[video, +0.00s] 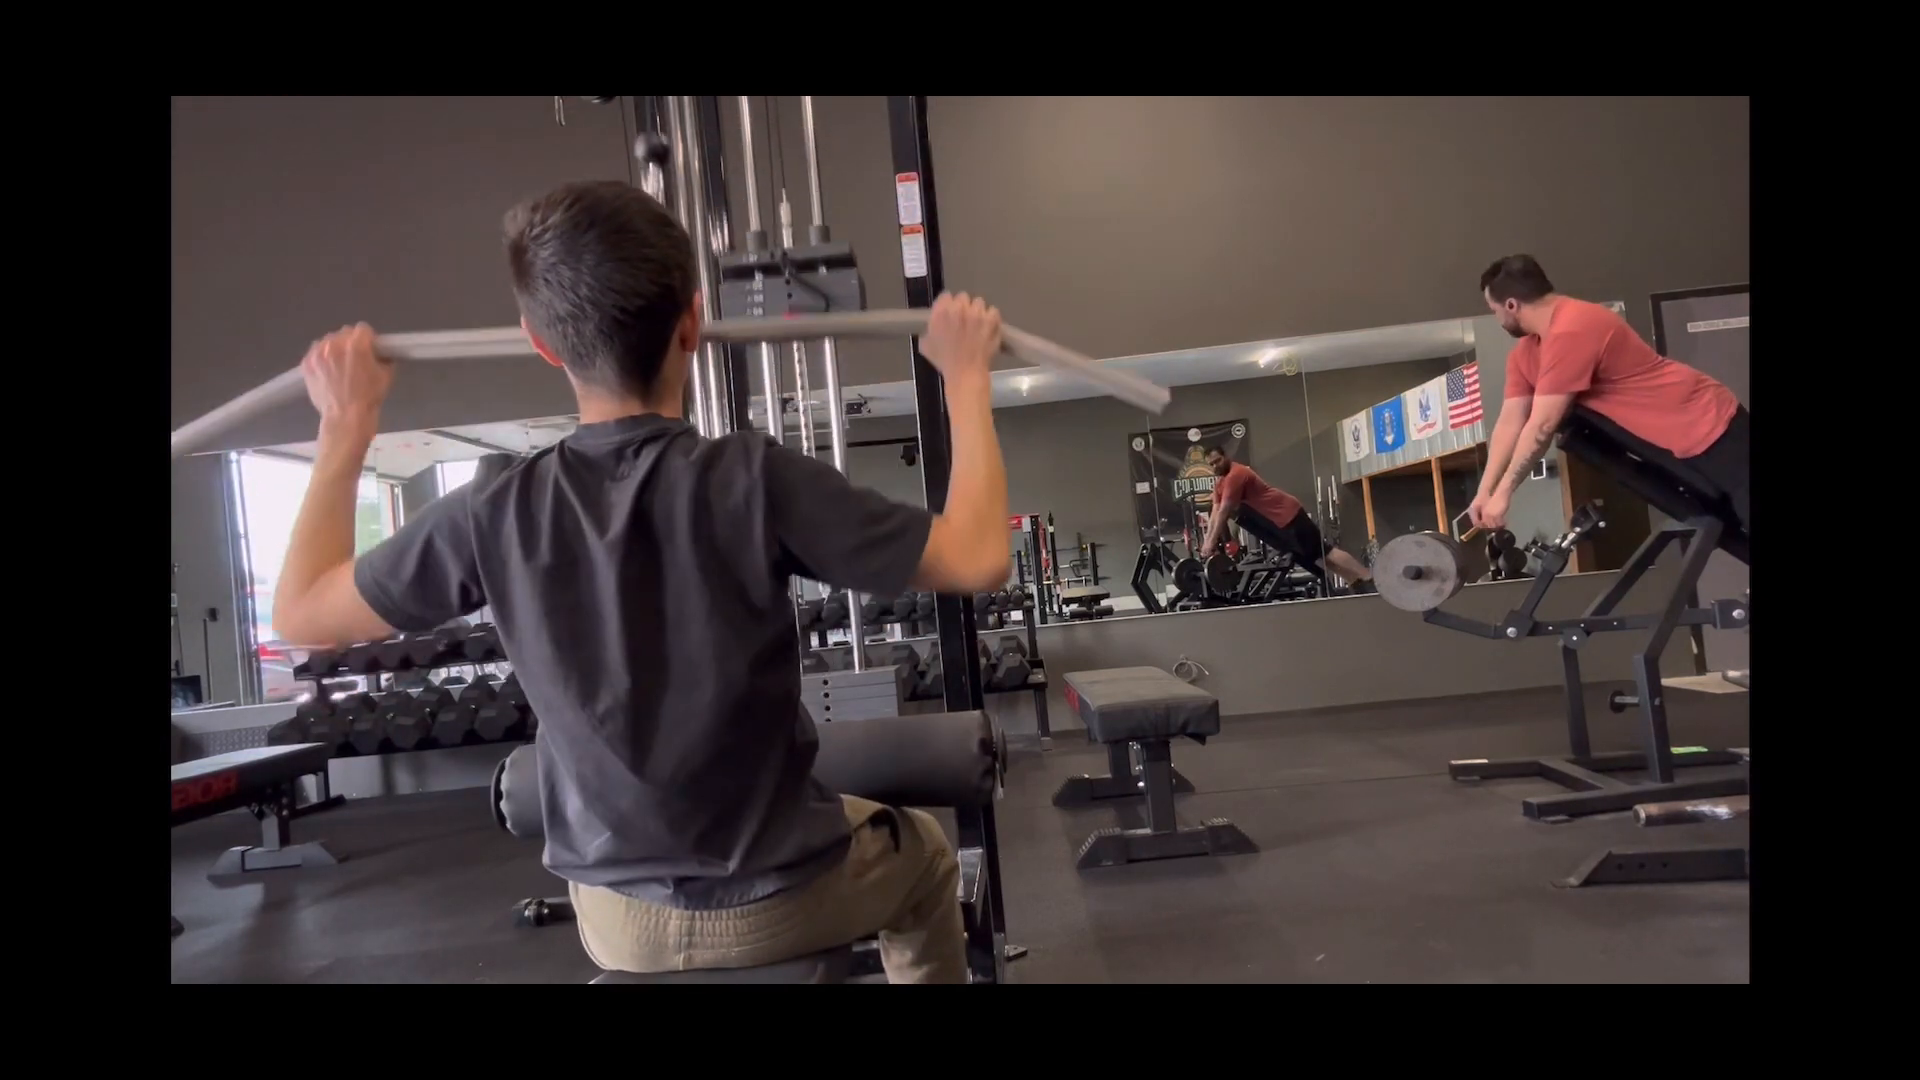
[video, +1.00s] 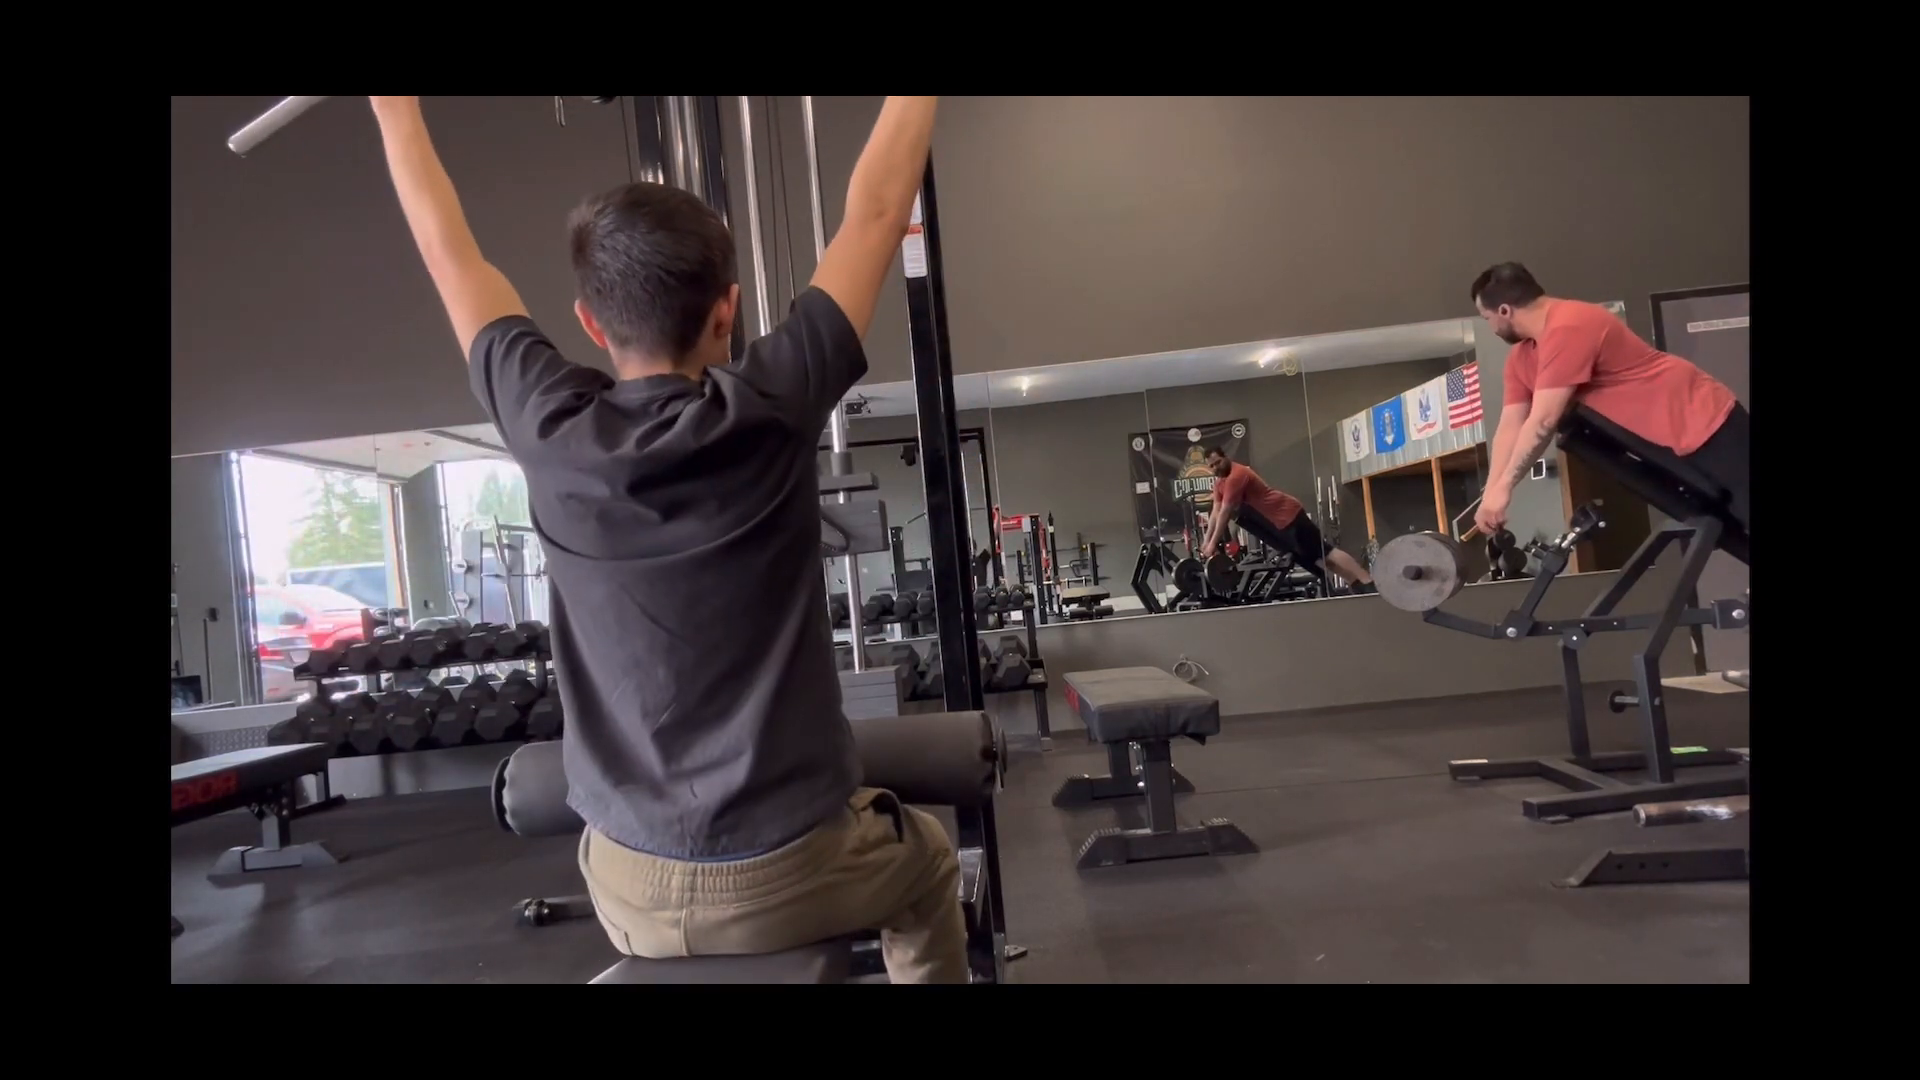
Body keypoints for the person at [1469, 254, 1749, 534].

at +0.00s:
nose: (1495, 318)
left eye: (1492, 309)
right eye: (1491, 310)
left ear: (1512, 304)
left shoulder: (1572, 325)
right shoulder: (1524, 352)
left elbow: (1542, 427)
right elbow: (1509, 421)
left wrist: (1504, 490)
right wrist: (1484, 490)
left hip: (1711, 423)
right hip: (1672, 446)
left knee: (1746, 523)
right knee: (1730, 532)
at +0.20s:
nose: (1492, 323)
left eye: (1489, 315)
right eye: (1488, 316)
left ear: (1505, 310)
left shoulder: (1570, 324)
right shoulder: (1520, 356)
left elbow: (1544, 422)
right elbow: (1507, 423)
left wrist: (1506, 491)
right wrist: (1485, 492)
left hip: (1706, 419)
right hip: (1666, 444)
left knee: (1745, 517)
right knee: (1727, 531)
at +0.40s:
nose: (1495, 325)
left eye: (1492, 317)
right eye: (1490, 319)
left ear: (1509, 310)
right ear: (1514, 308)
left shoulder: (1572, 322)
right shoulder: (1523, 355)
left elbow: (1545, 419)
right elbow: (1512, 420)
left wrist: (1506, 486)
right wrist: (1492, 488)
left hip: (1712, 424)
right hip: (1674, 449)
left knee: (1746, 524)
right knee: (1733, 535)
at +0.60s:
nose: (1496, 320)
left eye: (1494, 312)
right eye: (1493, 313)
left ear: (1510, 306)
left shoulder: (1572, 323)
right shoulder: (1526, 351)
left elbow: (1541, 423)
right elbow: (1513, 418)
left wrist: (1502, 491)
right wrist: (1490, 489)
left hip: (1715, 426)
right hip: (1678, 450)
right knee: (1733, 535)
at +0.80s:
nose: (1493, 321)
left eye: (1490, 313)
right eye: (1489, 313)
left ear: (1507, 309)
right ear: (1530, 292)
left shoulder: (1570, 327)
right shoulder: (1524, 352)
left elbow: (1539, 427)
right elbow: (1510, 421)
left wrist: (1498, 490)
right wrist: (1487, 491)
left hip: (1711, 424)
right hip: (1673, 445)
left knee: (1746, 523)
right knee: (1732, 532)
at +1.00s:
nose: (1489, 325)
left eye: (1486, 317)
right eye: (1485, 318)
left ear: (1504, 311)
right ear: (1512, 308)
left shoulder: (1569, 324)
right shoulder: (1520, 358)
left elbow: (1543, 422)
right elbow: (1509, 424)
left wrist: (1503, 486)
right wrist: (1493, 491)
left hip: (1705, 420)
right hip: (1665, 446)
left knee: (1745, 518)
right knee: (1729, 531)